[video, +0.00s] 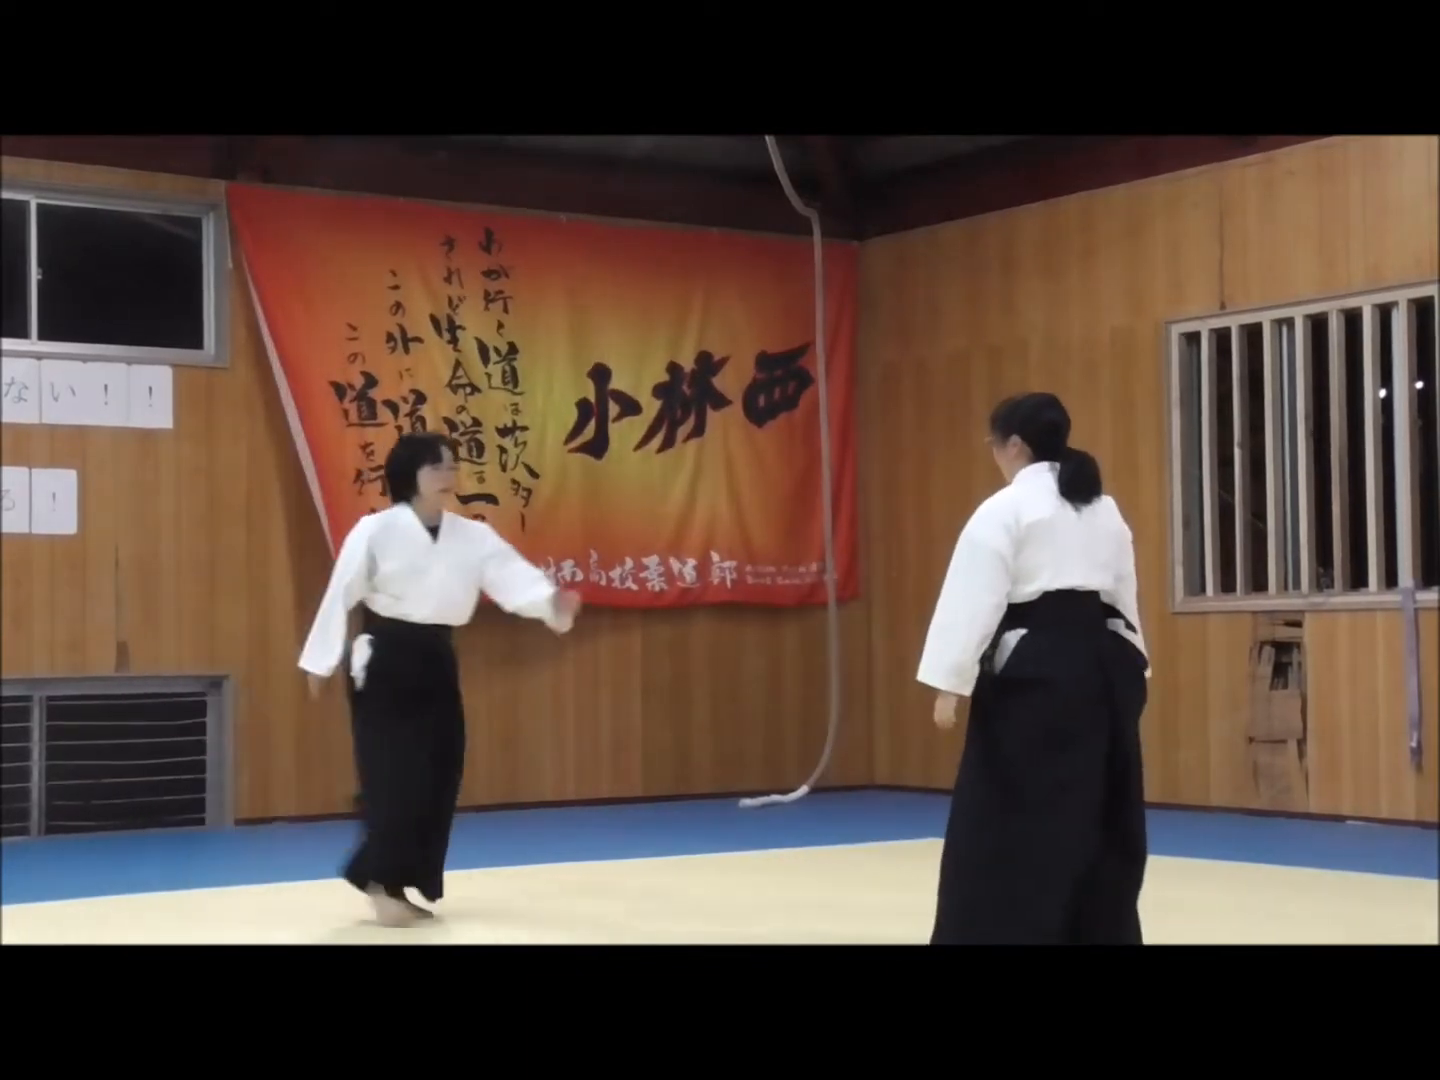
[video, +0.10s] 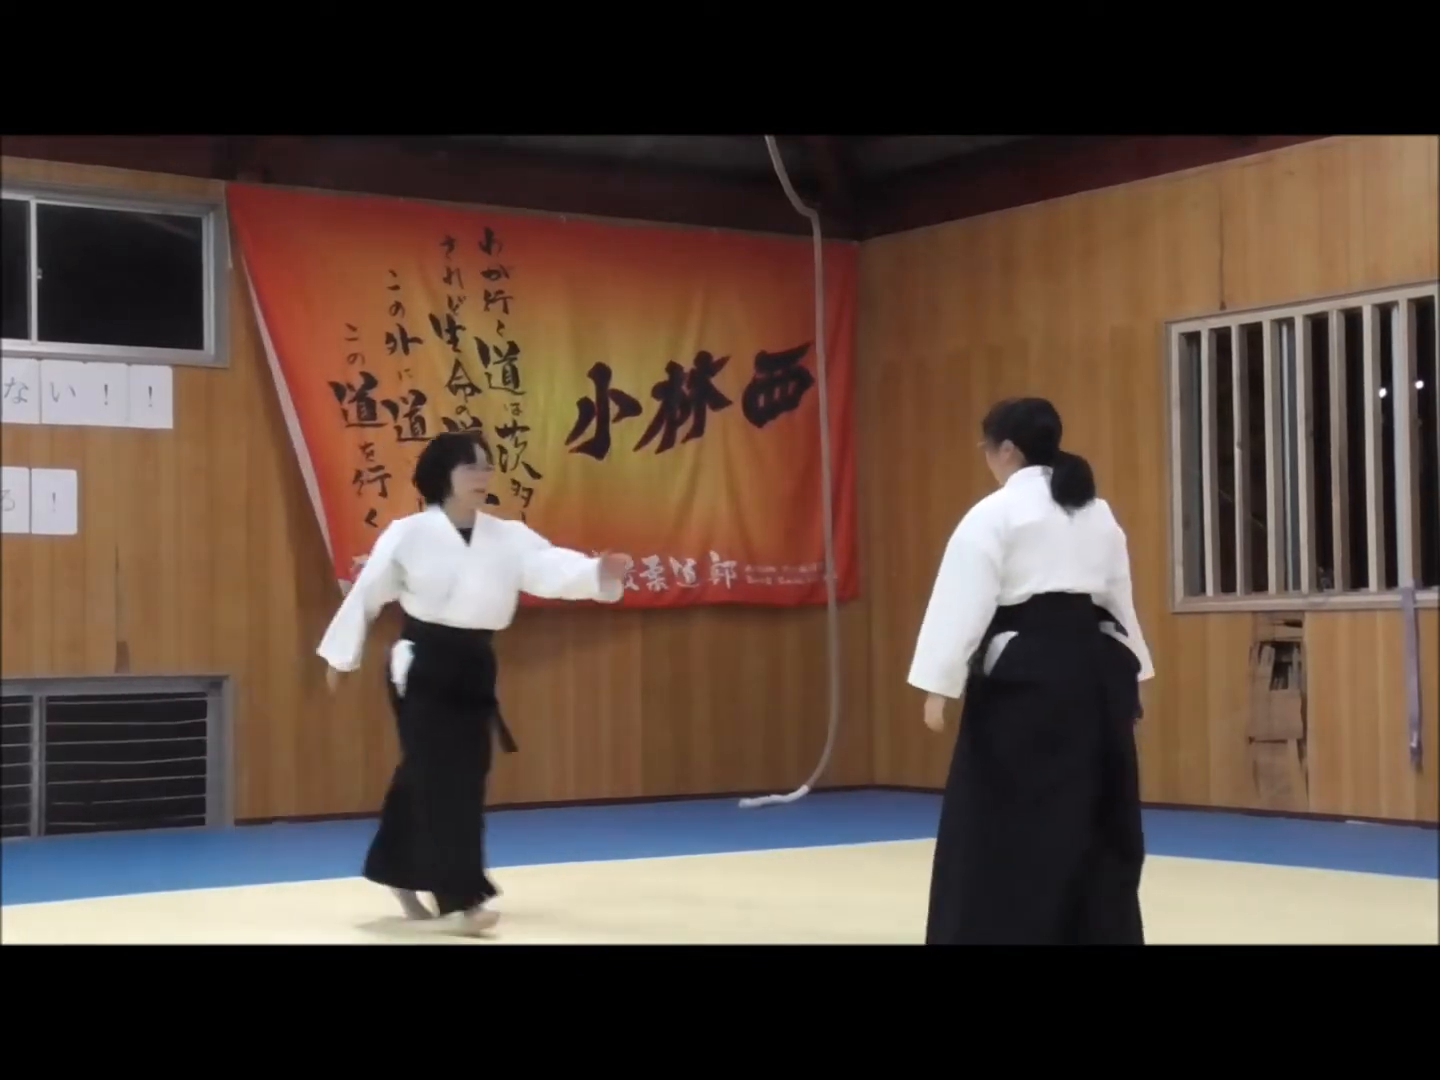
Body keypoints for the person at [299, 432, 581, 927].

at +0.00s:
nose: (449, 473)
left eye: (450, 465)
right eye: (437, 466)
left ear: (451, 474)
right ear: (411, 476)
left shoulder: (472, 535)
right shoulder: (375, 532)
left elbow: (510, 573)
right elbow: (339, 596)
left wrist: (550, 602)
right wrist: (321, 655)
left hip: (437, 657)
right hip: (386, 656)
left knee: (438, 768)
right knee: (396, 767)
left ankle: (396, 881)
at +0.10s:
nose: (484, 474)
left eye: (487, 466)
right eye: (472, 466)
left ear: (489, 475)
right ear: (444, 476)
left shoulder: (505, 535)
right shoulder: (408, 534)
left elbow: (546, 566)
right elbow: (365, 593)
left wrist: (596, 571)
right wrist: (340, 649)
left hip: (476, 661)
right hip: (424, 660)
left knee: (448, 771)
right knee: (448, 772)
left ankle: (398, 868)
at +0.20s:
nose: (524, 475)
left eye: (524, 466)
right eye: (509, 467)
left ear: (525, 476)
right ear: (481, 479)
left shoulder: (543, 537)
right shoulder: (443, 539)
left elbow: (587, 562)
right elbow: (400, 609)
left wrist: (638, 559)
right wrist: (370, 679)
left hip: (517, 666)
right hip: (462, 666)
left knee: (507, 779)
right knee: (482, 778)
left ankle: (439, 862)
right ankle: (494, 908)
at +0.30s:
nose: (564, 472)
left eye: (564, 462)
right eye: (551, 463)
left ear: (564, 471)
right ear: (523, 474)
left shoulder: (586, 534)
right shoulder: (490, 535)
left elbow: (630, 562)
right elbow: (454, 608)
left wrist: (685, 556)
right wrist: (445, 683)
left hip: (561, 669)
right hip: (504, 669)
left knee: (585, 775)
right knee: (509, 788)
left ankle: (548, 895)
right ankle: (501, 912)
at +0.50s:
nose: (669, 476)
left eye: (669, 465)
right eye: (658, 465)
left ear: (669, 472)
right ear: (626, 474)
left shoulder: (688, 539)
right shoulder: (592, 532)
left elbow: (738, 584)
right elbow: (572, 598)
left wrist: (799, 576)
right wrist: (604, 650)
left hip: (663, 675)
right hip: (605, 675)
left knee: (687, 788)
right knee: (609, 795)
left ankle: (658, 923)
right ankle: (553, 875)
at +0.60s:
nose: (730, 483)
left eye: (729, 471)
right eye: (720, 472)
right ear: (690, 478)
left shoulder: (736, 548)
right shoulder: (645, 535)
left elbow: (787, 616)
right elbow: (599, 604)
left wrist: (838, 589)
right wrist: (596, 678)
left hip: (711, 685)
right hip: (654, 684)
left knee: (740, 801)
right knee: (700, 799)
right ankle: (674, 919)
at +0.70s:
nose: (793, 486)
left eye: (793, 475)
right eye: (787, 474)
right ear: (760, 478)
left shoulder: (783, 548)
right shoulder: (708, 527)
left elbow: (791, 624)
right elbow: (647, 586)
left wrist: (836, 597)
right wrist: (607, 666)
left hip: (765, 684)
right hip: (716, 682)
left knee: (788, 797)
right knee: (744, 802)